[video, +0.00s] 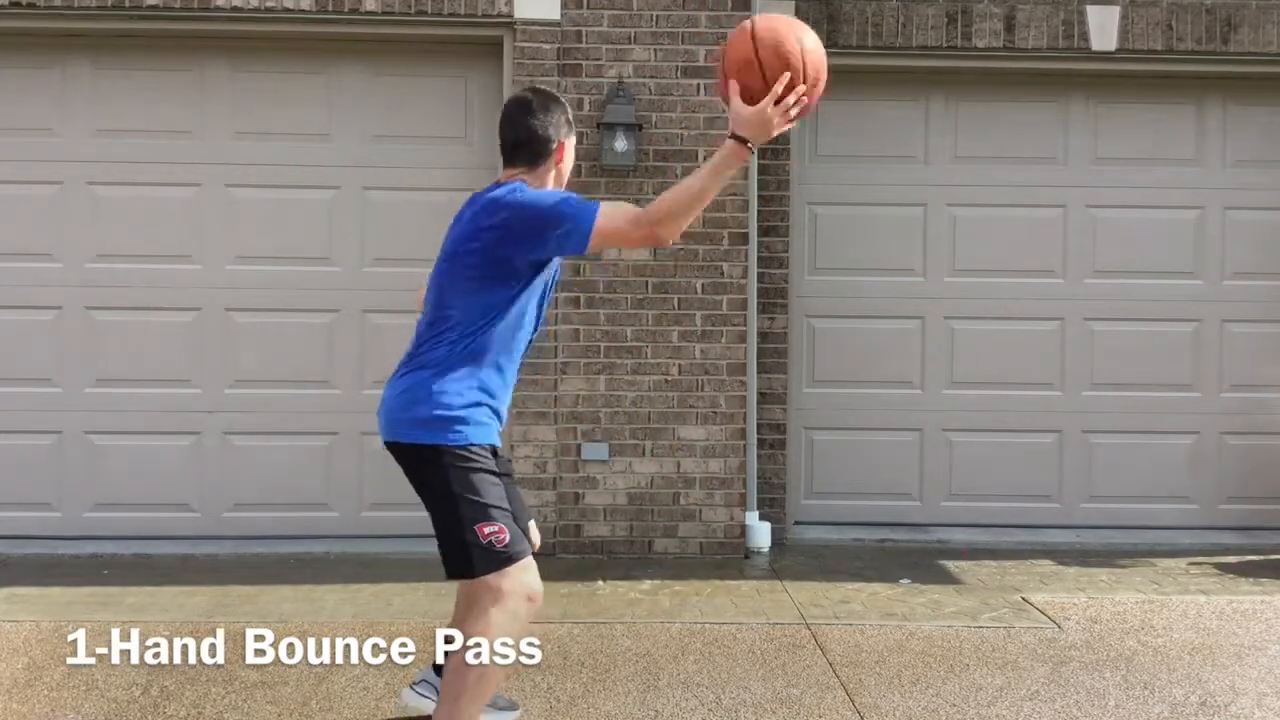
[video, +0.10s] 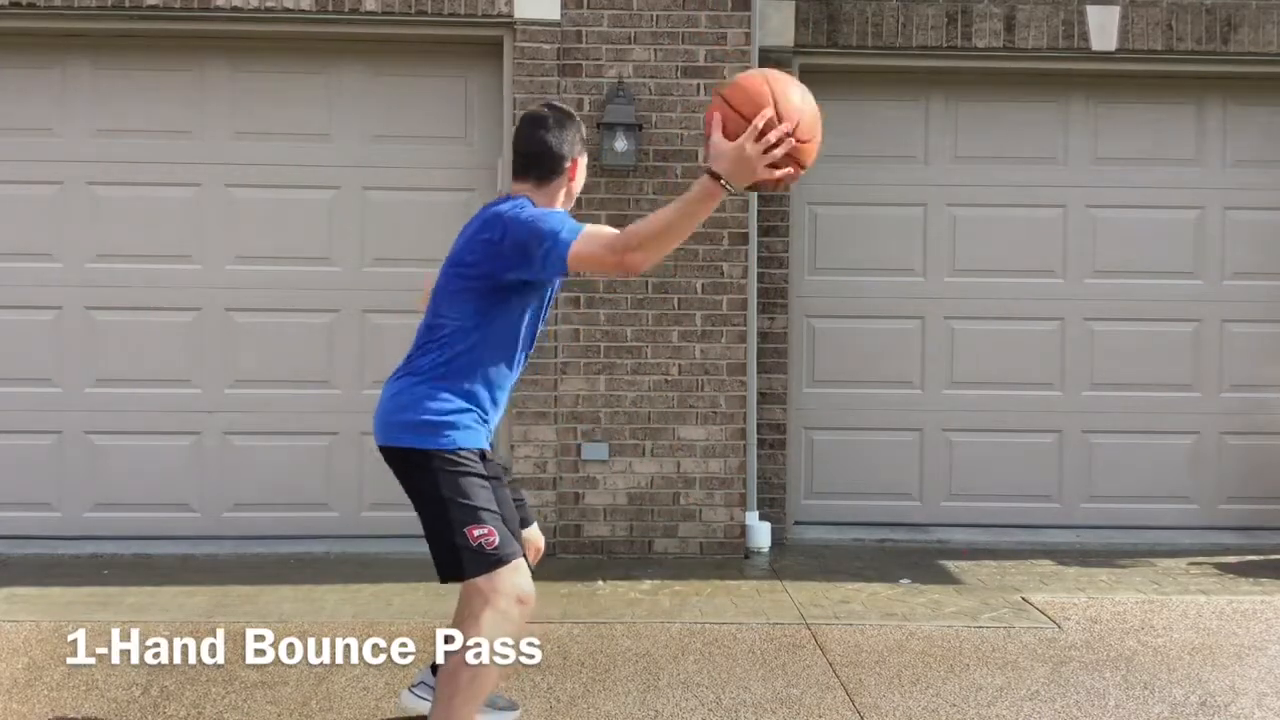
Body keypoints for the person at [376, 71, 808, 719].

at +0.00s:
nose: (574, 156)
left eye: (570, 146)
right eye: (573, 145)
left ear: (506, 147)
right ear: (563, 151)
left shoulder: (487, 207)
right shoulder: (526, 208)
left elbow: (435, 312)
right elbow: (654, 226)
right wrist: (739, 145)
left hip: (443, 414)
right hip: (444, 420)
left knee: (518, 543)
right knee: (516, 594)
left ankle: (447, 676)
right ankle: (457, 711)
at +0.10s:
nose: (584, 178)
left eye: (584, 168)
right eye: (584, 167)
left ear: (516, 165)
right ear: (574, 171)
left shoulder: (498, 219)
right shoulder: (524, 223)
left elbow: (435, 302)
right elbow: (627, 252)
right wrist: (718, 180)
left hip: (452, 425)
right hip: (432, 428)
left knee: (525, 543)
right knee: (508, 593)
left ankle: (445, 678)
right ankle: (455, 709)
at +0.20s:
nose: (593, 199)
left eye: (590, 188)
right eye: (594, 189)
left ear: (528, 183)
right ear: (584, 197)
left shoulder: (503, 240)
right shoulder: (515, 251)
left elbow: (431, 288)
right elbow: (597, 325)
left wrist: (426, 373)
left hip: (452, 432)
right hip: (430, 434)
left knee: (531, 549)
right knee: (507, 593)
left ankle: (444, 679)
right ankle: (455, 709)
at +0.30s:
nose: (589, 221)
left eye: (589, 210)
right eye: (591, 211)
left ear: (526, 199)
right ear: (580, 217)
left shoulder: (488, 245)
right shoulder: (523, 291)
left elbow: (413, 303)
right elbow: (583, 413)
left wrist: (445, 375)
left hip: (419, 436)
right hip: (434, 446)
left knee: (531, 546)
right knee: (514, 610)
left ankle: (445, 681)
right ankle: (456, 708)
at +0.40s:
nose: (579, 233)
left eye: (580, 222)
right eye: (581, 223)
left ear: (516, 208)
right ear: (572, 228)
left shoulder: (469, 255)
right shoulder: (534, 316)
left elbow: (453, 342)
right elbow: (581, 413)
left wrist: (512, 382)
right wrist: (628, 455)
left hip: (403, 442)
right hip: (430, 457)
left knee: (526, 542)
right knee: (516, 614)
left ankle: (443, 683)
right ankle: (458, 711)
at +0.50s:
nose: (572, 224)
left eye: (569, 214)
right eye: (573, 216)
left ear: (508, 210)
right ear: (565, 227)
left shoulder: (460, 256)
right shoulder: (535, 313)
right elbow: (543, 412)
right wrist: (583, 430)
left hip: (389, 444)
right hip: (433, 456)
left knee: (525, 541)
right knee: (519, 620)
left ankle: (442, 683)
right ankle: (455, 708)